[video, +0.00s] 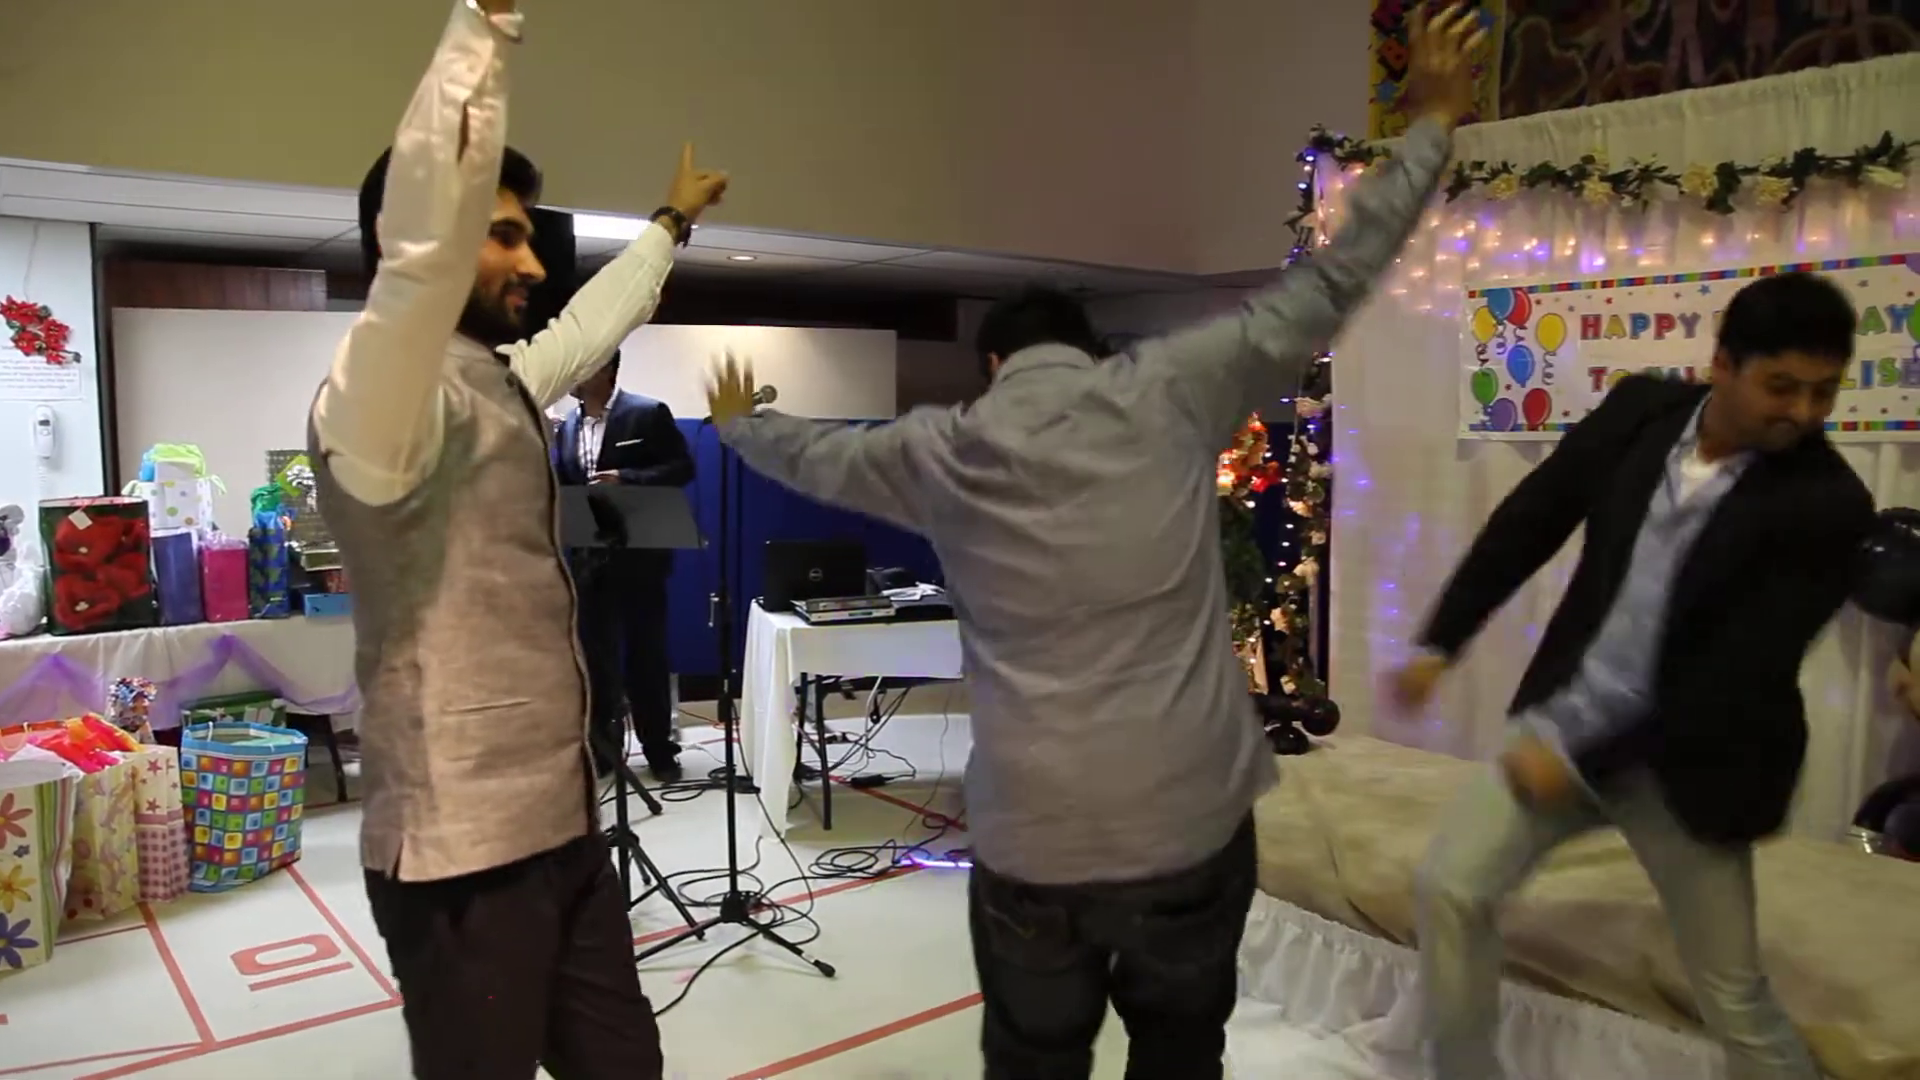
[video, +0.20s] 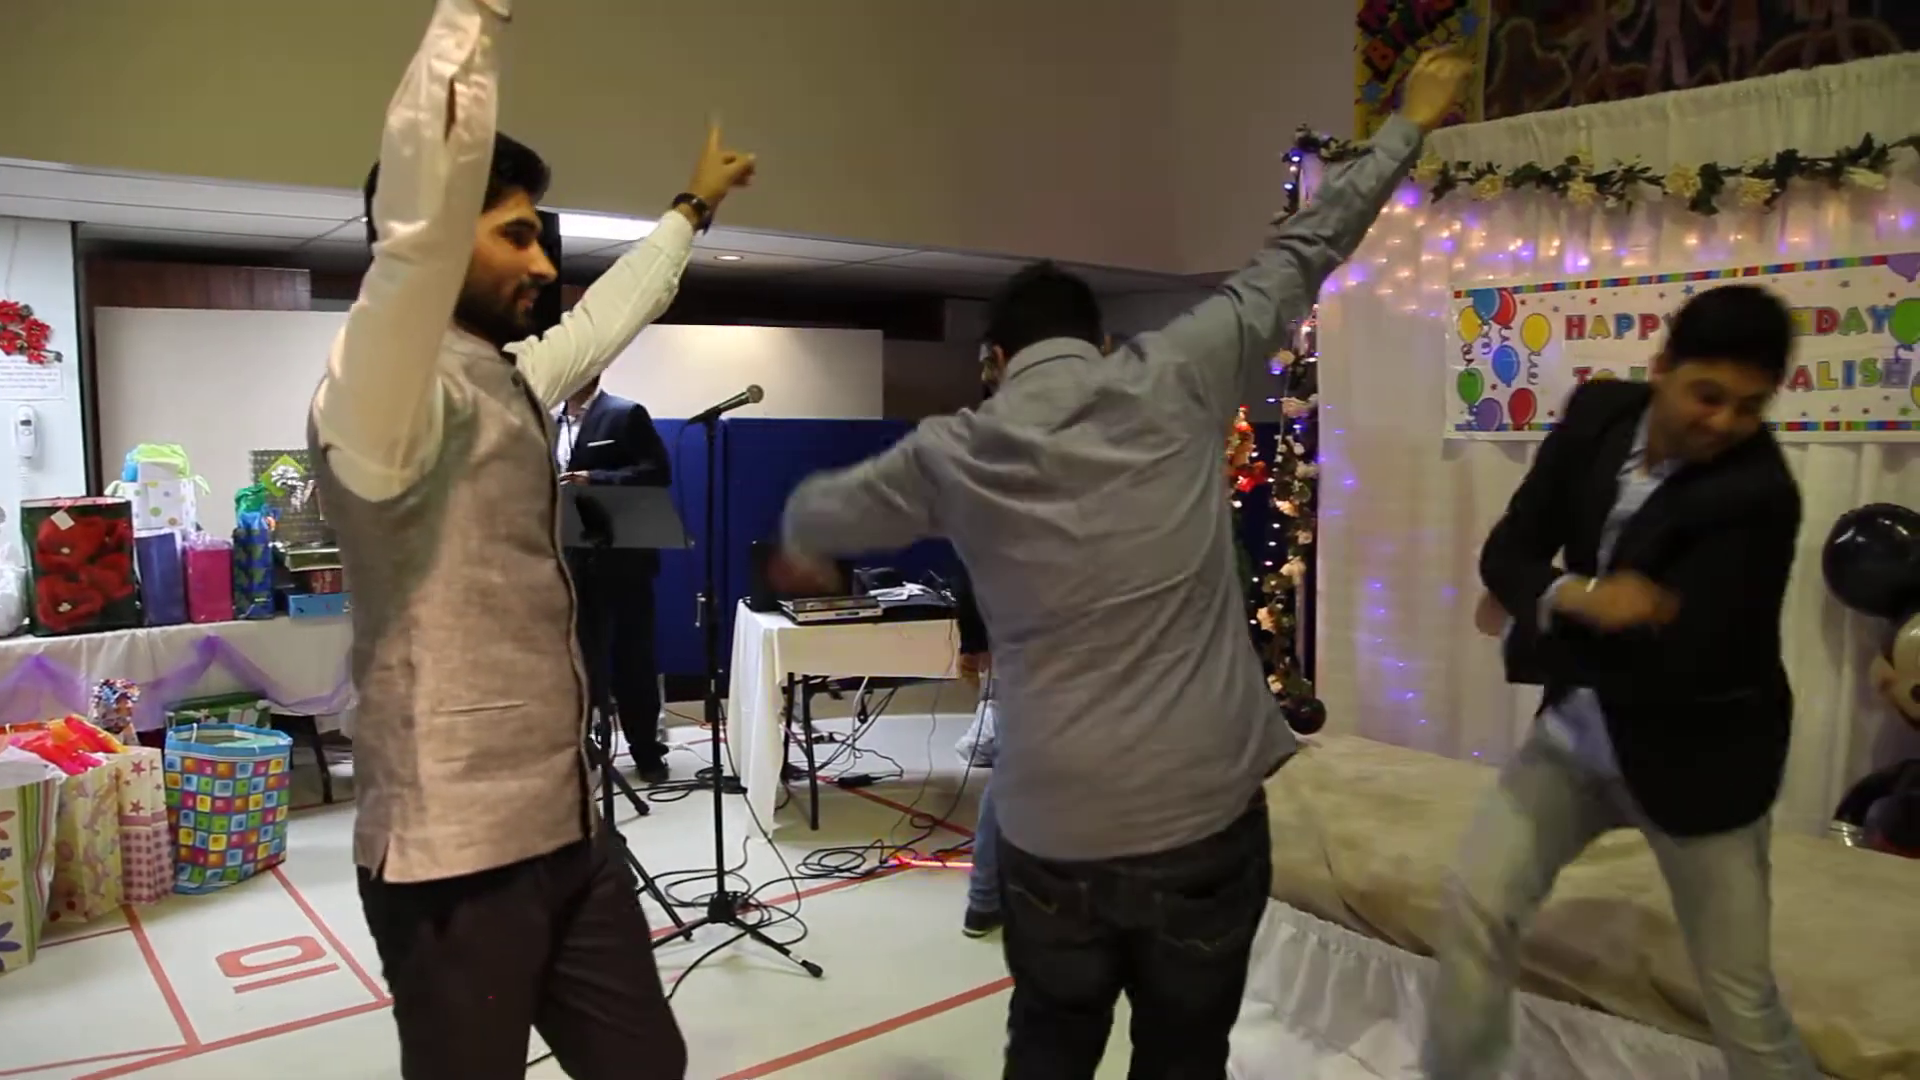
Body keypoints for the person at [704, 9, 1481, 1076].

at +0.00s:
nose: (975, 379)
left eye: (977, 369)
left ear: (989, 367)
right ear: (1093, 345)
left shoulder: (945, 448)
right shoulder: (1175, 386)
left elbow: (823, 456)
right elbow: (1324, 283)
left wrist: (740, 421)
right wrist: (1432, 124)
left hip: (1033, 843)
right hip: (1189, 832)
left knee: (1033, 1065)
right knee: (1179, 1065)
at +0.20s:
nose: (981, 373)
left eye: (984, 357)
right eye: (984, 357)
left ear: (998, 355)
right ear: (1098, 334)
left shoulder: (954, 450)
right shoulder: (1182, 369)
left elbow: (811, 518)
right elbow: (1304, 252)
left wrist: (813, 573)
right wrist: (1404, 130)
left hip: (1053, 842)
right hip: (1204, 829)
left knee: (1049, 1048)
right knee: (1184, 1062)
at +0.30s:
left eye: (990, 355)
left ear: (1002, 350)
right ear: (1110, 330)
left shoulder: (958, 448)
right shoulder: (1182, 374)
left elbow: (826, 554)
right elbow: (1318, 275)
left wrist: (873, 646)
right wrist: (1391, 153)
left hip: (1061, 806)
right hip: (1207, 793)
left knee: (1060, 1014)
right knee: (1180, 1043)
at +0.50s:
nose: (1148, 342)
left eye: (1146, 327)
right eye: (1144, 326)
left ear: (1032, 335)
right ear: (1116, 326)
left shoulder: (956, 465)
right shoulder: (1172, 407)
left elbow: (904, 636)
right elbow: (1359, 399)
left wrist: (939, 775)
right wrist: (1341, 304)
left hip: (1041, 804)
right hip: (1177, 801)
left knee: (1062, 992)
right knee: (1169, 1026)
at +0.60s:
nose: (1158, 362)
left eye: (1155, 342)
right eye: (1151, 341)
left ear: (1041, 342)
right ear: (1115, 340)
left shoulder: (950, 466)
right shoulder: (1172, 434)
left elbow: (915, 639)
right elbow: (1356, 469)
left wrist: (933, 780)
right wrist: (1299, 397)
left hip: (1026, 806)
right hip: (1154, 812)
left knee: (1042, 964)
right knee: (1162, 1031)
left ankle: (1017, 1076)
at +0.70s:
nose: (1152, 352)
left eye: (1151, 332)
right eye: (1146, 331)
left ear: (1053, 326)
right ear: (1103, 326)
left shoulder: (938, 444)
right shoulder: (1145, 420)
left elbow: (899, 612)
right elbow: (1294, 551)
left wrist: (911, 752)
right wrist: (1279, 493)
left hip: (1008, 789)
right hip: (1131, 792)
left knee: (1010, 953)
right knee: (1141, 1014)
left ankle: (963, 1075)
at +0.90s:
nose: (1116, 357)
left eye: (1116, 339)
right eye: (1101, 339)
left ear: (1031, 342)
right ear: (1042, 341)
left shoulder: (926, 448)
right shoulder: (1061, 448)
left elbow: (892, 599)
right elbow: (1108, 631)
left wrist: (903, 714)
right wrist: (1218, 623)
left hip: (952, 777)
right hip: (1047, 780)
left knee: (983, 940)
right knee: (1102, 987)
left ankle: (923, 1074)